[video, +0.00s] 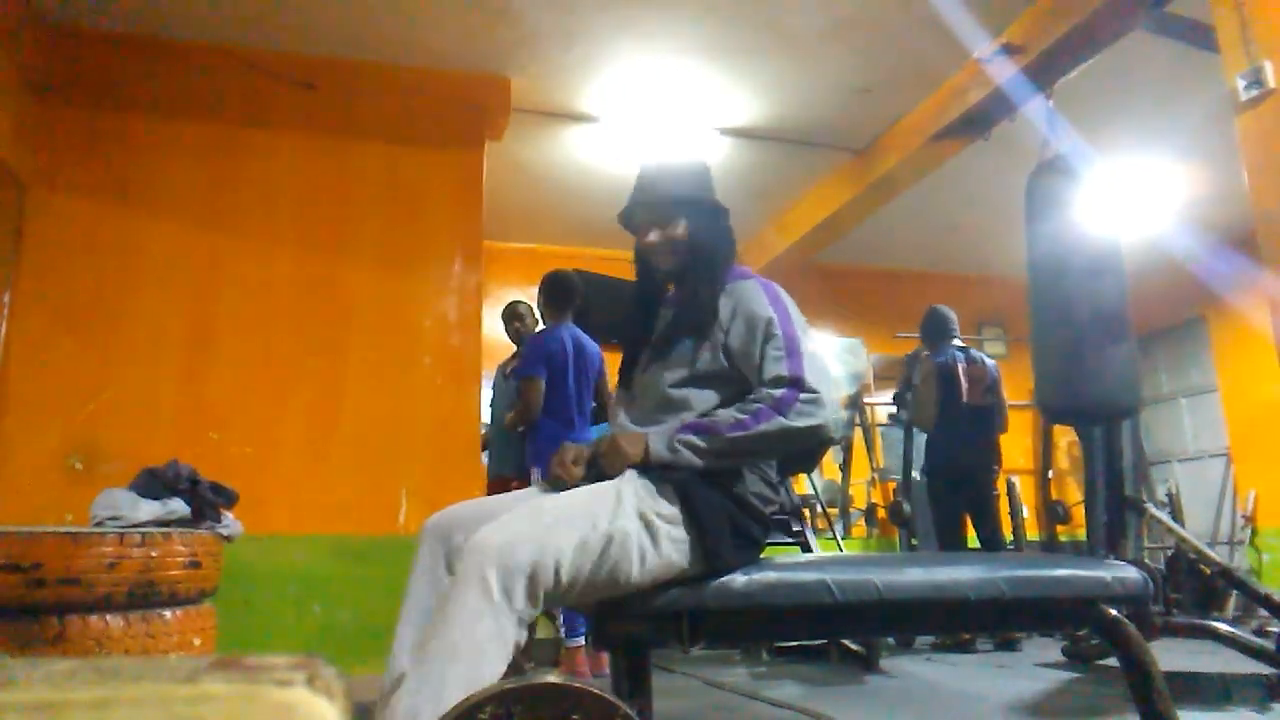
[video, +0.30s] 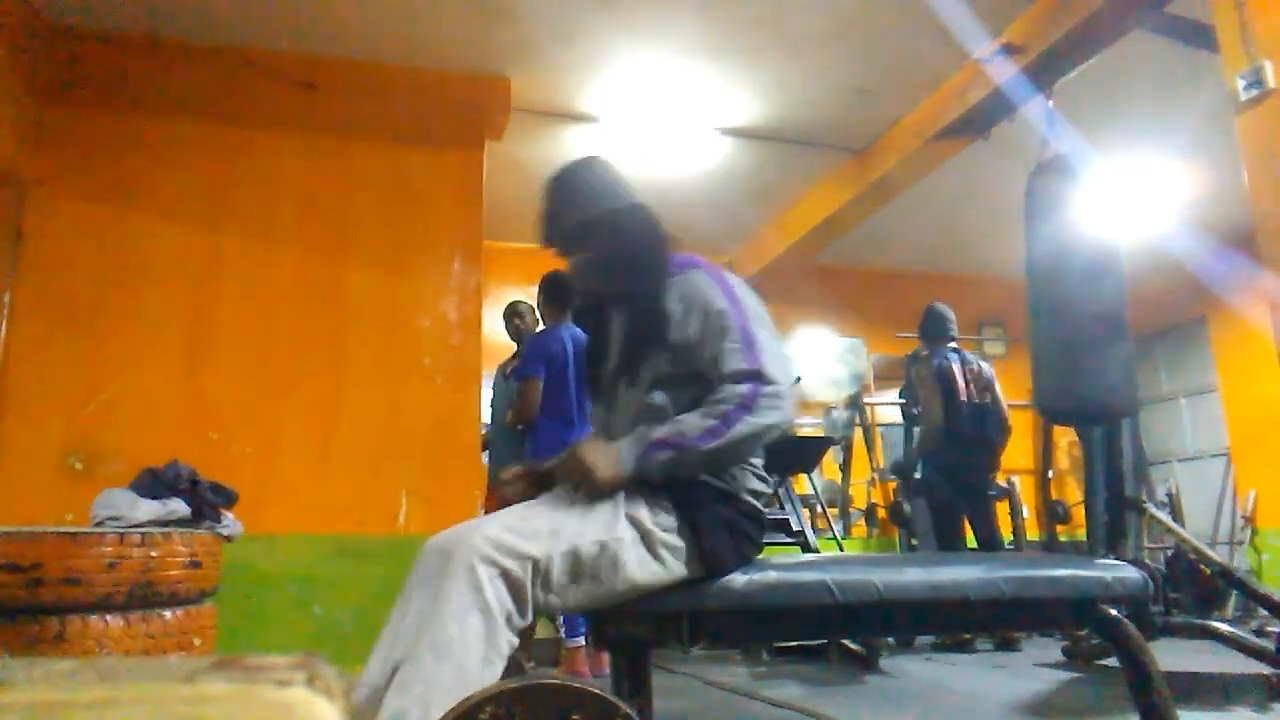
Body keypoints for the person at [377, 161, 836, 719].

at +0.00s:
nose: (653, 238)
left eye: (667, 222)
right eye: (642, 228)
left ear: (704, 220)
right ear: (635, 237)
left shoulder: (751, 297)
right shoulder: (657, 314)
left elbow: (803, 410)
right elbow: (646, 424)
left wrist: (654, 441)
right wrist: (595, 454)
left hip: (696, 498)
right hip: (636, 483)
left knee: (498, 554)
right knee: (447, 533)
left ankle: (425, 713)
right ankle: (400, 708)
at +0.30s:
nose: (577, 264)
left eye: (587, 242)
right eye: (567, 250)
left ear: (622, 225)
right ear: (562, 251)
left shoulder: (702, 288)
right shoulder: (610, 317)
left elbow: (763, 402)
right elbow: (620, 440)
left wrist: (629, 454)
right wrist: (543, 477)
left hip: (695, 511)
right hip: (632, 500)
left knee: (482, 560)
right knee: (446, 552)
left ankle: (412, 715)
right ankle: (368, 712)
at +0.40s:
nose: (526, 282)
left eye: (529, 261)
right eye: (517, 267)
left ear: (561, 239)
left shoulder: (652, 285)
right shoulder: (571, 320)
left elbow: (713, 410)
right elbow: (590, 433)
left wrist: (595, 489)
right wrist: (539, 488)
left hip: (685, 517)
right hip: (622, 512)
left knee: (471, 569)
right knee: (441, 557)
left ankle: (404, 716)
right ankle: (367, 711)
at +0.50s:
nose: (464, 309)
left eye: (463, 288)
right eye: (453, 294)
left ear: (493, 262)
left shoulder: (598, 290)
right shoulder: (522, 333)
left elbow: (660, 421)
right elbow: (524, 466)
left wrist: (559, 534)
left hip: (675, 510)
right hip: (608, 508)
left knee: (459, 560)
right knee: (427, 557)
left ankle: (398, 715)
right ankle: (363, 711)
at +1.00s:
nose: (536, 279)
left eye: (539, 259)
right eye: (527, 265)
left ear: (566, 241)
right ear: (525, 262)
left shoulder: (647, 283)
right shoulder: (569, 317)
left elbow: (687, 420)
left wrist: (593, 536)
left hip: (681, 503)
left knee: (451, 548)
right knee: (449, 552)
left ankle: (376, 711)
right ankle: (361, 706)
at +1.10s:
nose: (560, 265)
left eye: (568, 245)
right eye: (556, 250)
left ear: (600, 234)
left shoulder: (692, 286)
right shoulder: (592, 320)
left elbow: (722, 415)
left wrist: (639, 505)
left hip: (688, 508)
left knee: (470, 505)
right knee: (450, 568)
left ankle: (389, 708)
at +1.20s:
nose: (600, 261)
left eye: (602, 243)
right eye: (595, 246)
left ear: (637, 229)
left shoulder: (721, 291)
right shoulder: (635, 315)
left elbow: (749, 417)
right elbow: (620, 431)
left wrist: (647, 494)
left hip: (692, 508)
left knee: (492, 458)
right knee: (439, 560)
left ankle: (419, 703)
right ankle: (362, 702)